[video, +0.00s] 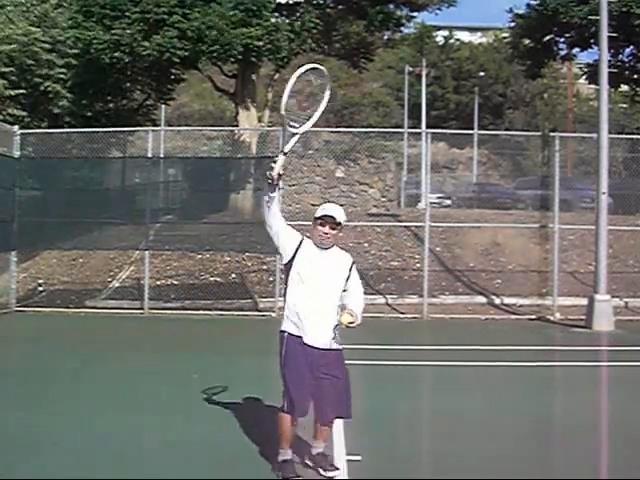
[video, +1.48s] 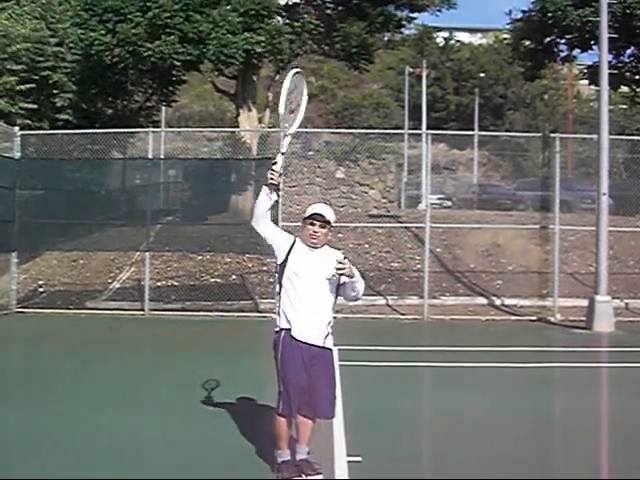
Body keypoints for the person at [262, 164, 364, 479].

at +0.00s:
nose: (326, 230)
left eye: (333, 226)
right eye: (322, 224)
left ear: (339, 232)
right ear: (313, 224)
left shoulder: (345, 262)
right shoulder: (295, 246)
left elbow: (355, 294)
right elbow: (273, 218)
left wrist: (352, 312)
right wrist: (273, 186)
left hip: (328, 339)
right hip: (295, 335)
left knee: (330, 401)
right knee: (295, 398)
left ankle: (318, 451)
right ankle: (284, 456)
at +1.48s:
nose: (315, 229)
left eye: (322, 226)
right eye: (311, 223)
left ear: (329, 231)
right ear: (302, 225)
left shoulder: (334, 259)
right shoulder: (287, 245)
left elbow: (352, 295)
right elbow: (260, 221)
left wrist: (352, 277)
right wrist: (270, 187)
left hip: (320, 338)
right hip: (289, 334)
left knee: (312, 400)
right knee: (289, 396)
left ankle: (303, 457)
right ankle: (283, 459)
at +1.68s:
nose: (317, 227)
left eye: (324, 225)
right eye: (314, 221)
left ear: (332, 233)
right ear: (305, 224)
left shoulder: (336, 257)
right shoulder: (288, 247)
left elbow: (362, 258)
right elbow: (253, 260)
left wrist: (358, 234)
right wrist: (270, 239)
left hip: (319, 336)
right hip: (288, 332)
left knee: (311, 398)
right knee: (287, 395)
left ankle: (301, 456)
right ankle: (282, 457)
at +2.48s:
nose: (308, 227)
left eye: (314, 223)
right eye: (304, 222)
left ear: (323, 229)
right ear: (296, 224)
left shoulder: (328, 256)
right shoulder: (279, 249)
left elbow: (358, 279)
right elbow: (252, 278)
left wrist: (352, 255)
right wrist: (265, 285)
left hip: (315, 338)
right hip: (283, 333)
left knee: (309, 397)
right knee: (284, 395)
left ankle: (302, 456)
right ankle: (281, 457)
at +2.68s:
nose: (310, 236)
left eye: (315, 231)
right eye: (304, 230)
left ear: (320, 233)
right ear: (293, 228)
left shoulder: (327, 261)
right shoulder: (273, 251)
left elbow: (341, 293)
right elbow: (248, 281)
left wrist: (339, 305)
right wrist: (260, 296)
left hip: (310, 339)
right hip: (278, 335)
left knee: (304, 397)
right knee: (271, 397)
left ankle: (300, 456)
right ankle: (255, 455)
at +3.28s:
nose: (287, 248)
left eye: (290, 244)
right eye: (284, 242)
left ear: (289, 242)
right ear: (268, 233)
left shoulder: (286, 261)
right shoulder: (240, 261)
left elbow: (292, 297)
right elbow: (235, 305)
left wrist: (308, 321)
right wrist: (242, 345)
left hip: (281, 341)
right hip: (251, 341)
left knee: (295, 391)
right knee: (248, 400)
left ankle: (292, 455)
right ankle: (238, 457)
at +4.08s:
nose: (328, 252)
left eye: (330, 248)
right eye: (327, 246)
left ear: (312, 242)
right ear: (308, 239)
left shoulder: (319, 276)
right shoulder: (277, 262)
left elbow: (331, 312)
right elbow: (272, 307)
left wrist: (357, 341)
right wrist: (293, 342)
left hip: (295, 347)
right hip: (263, 342)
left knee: (294, 405)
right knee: (249, 403)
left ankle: (298, 465)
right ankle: (228, 452)